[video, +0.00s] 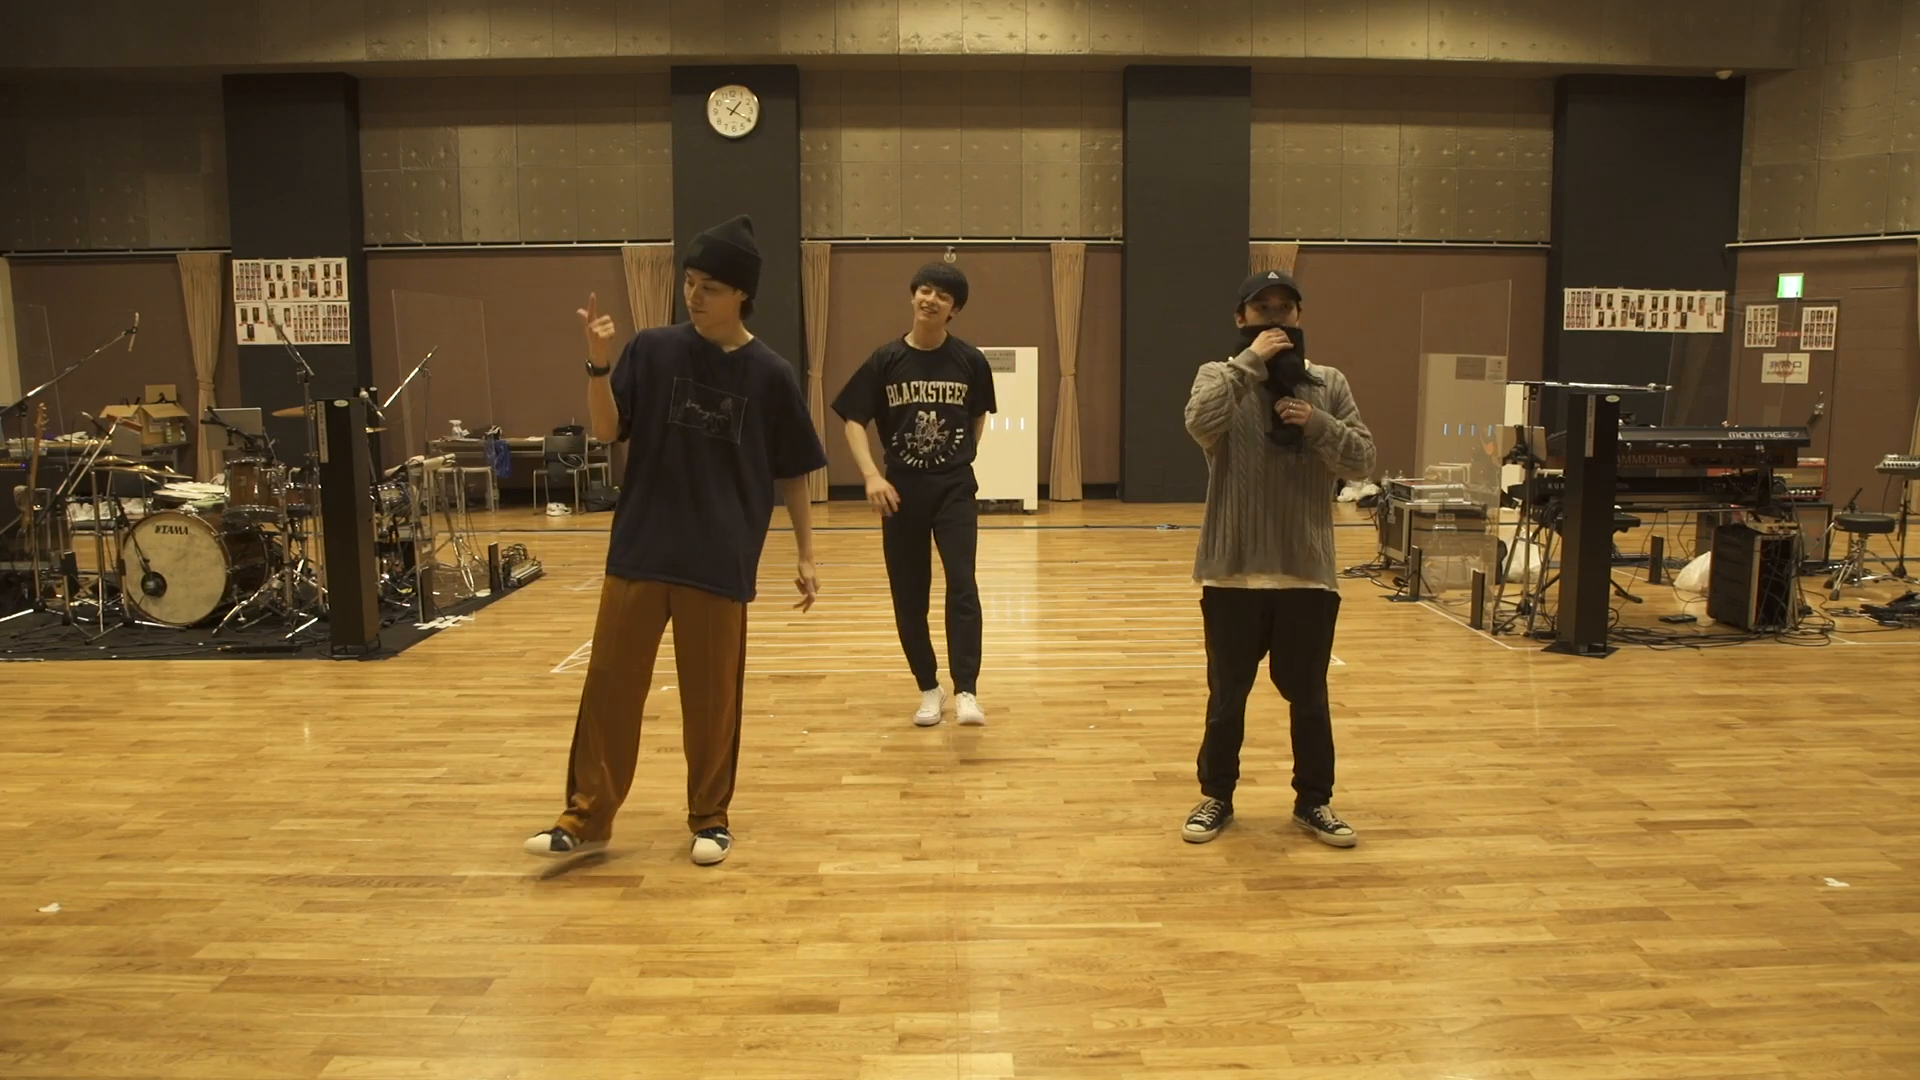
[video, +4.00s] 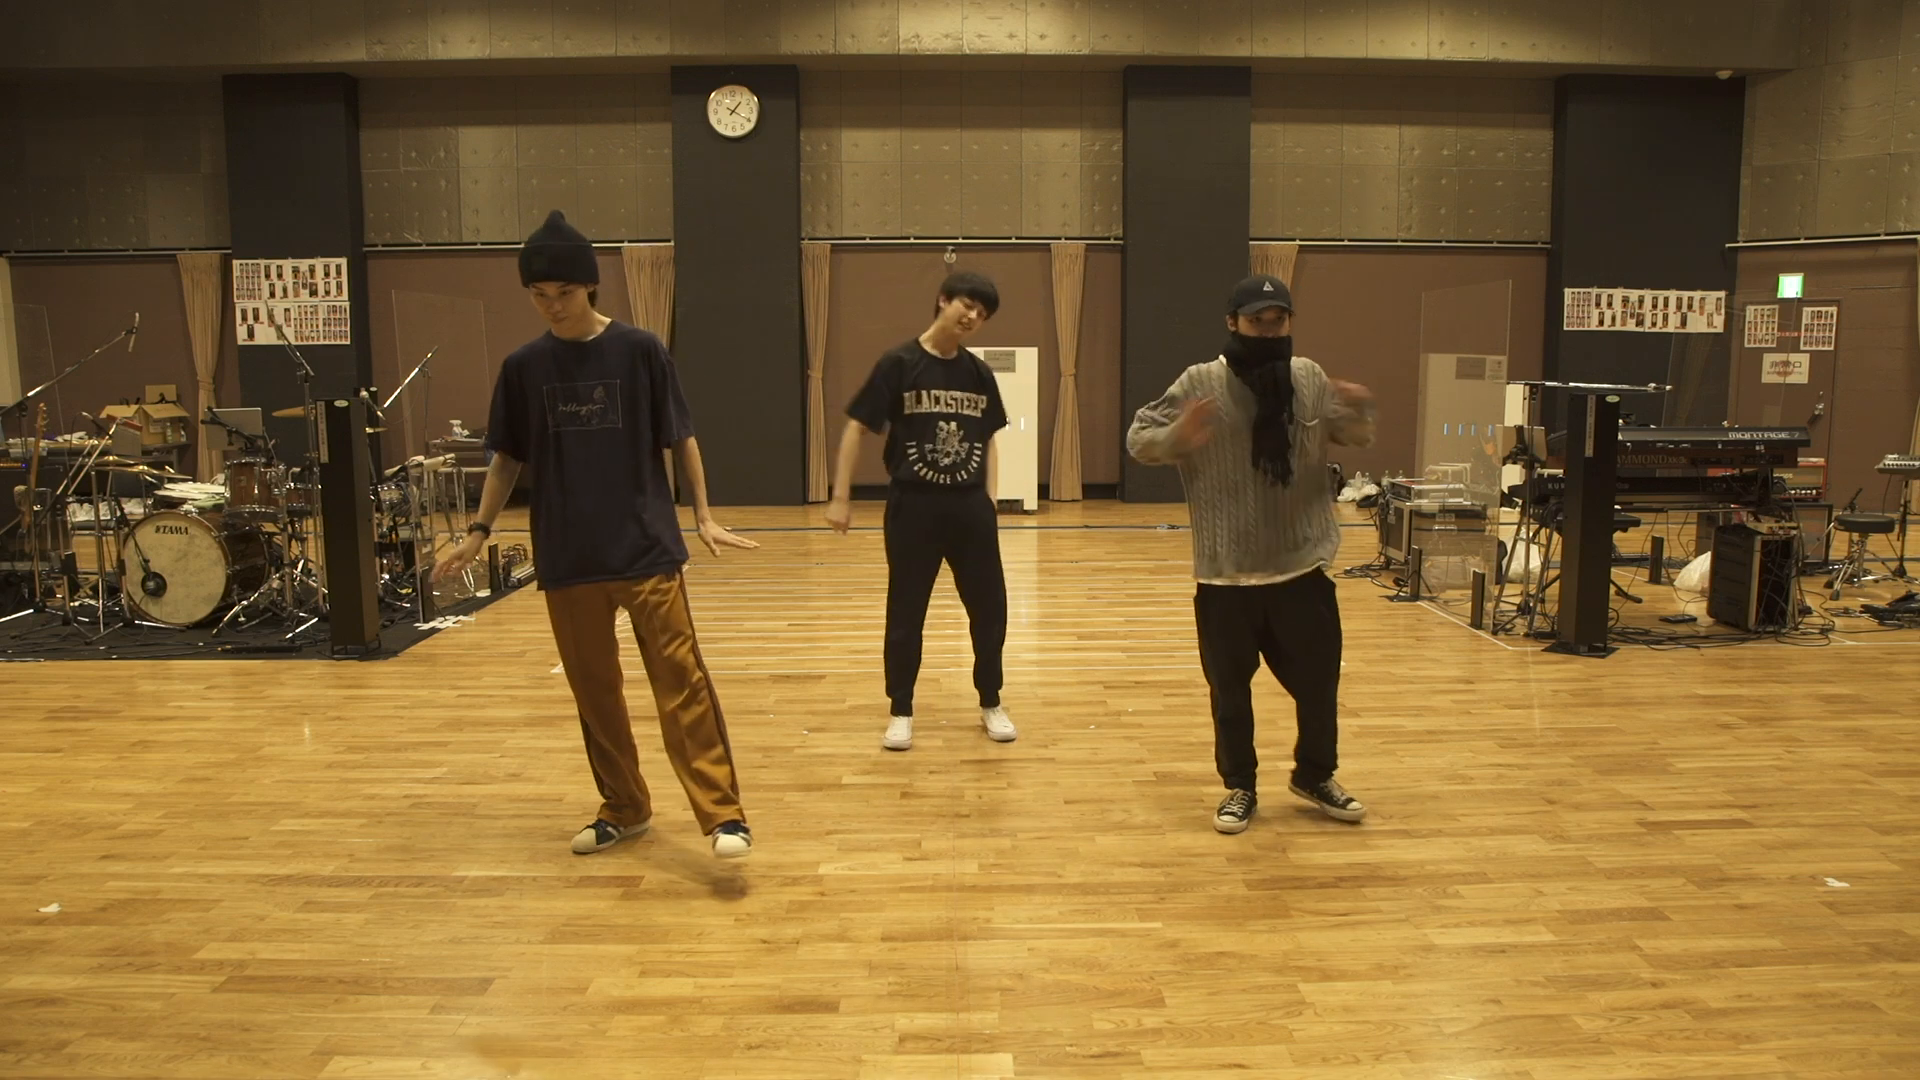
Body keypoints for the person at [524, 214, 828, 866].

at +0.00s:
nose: (695, 296)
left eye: (710, 287)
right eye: (691, 283)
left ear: (743, 295)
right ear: (684, 285)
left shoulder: (771, 374)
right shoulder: (650, 349)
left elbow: (795, 474)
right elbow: (606, 429)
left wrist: (807, 557)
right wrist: (600, 363)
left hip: (717, 558)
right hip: (639, 548)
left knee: (712, 694)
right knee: (609, 683)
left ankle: (710, 820)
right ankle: (587, 817)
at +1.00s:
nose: (582, 289)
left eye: (592, 277)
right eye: (581, 277)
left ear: (630, 280)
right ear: (596, 281)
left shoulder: (672, 352)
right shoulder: (589, 360)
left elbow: (675, 448)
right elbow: (581, 442)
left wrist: (607, 500)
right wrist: (573, 482)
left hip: (663, 553)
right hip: (606, 552)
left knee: (676, 683)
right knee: (628, 682)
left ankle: (697, 828)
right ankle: (665, 793)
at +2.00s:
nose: (657, 286)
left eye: (670, 275)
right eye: (647, 275)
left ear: (693, 284)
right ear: (634, 284)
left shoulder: (727, 360)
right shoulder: (609, 360)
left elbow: (749, 454)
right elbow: (592, 449)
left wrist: (752, 535)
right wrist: (589, 522)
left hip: (707, 545)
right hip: (630, 546)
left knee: (726, 677)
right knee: (645, 678)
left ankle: (751, 798)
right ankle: (671, 791)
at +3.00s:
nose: (647, 286)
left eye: (661, 274)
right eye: (637, 274)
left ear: (686, 281)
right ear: (625, 281)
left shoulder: (722, 359)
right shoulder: (600, 360)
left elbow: (757, 451)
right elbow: (578, 444)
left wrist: (714, 501)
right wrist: (581, 512)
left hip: (691, 550)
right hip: (616, 552)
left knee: (718, 680)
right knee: (621, 688)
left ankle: (751, 801)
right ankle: (625, 810)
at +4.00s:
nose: (552, 305)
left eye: (563, 292)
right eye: (541, 294)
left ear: (590, 283)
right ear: (529, 294)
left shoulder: (642, 351)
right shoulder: (523, 369)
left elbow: (682, 438)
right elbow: (505, 458)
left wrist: (702, 515)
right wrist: (478, 532)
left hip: (647, 548)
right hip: (568, 558)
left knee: (681, 677)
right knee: (593, 690)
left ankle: (724, 816)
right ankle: (624, 808)